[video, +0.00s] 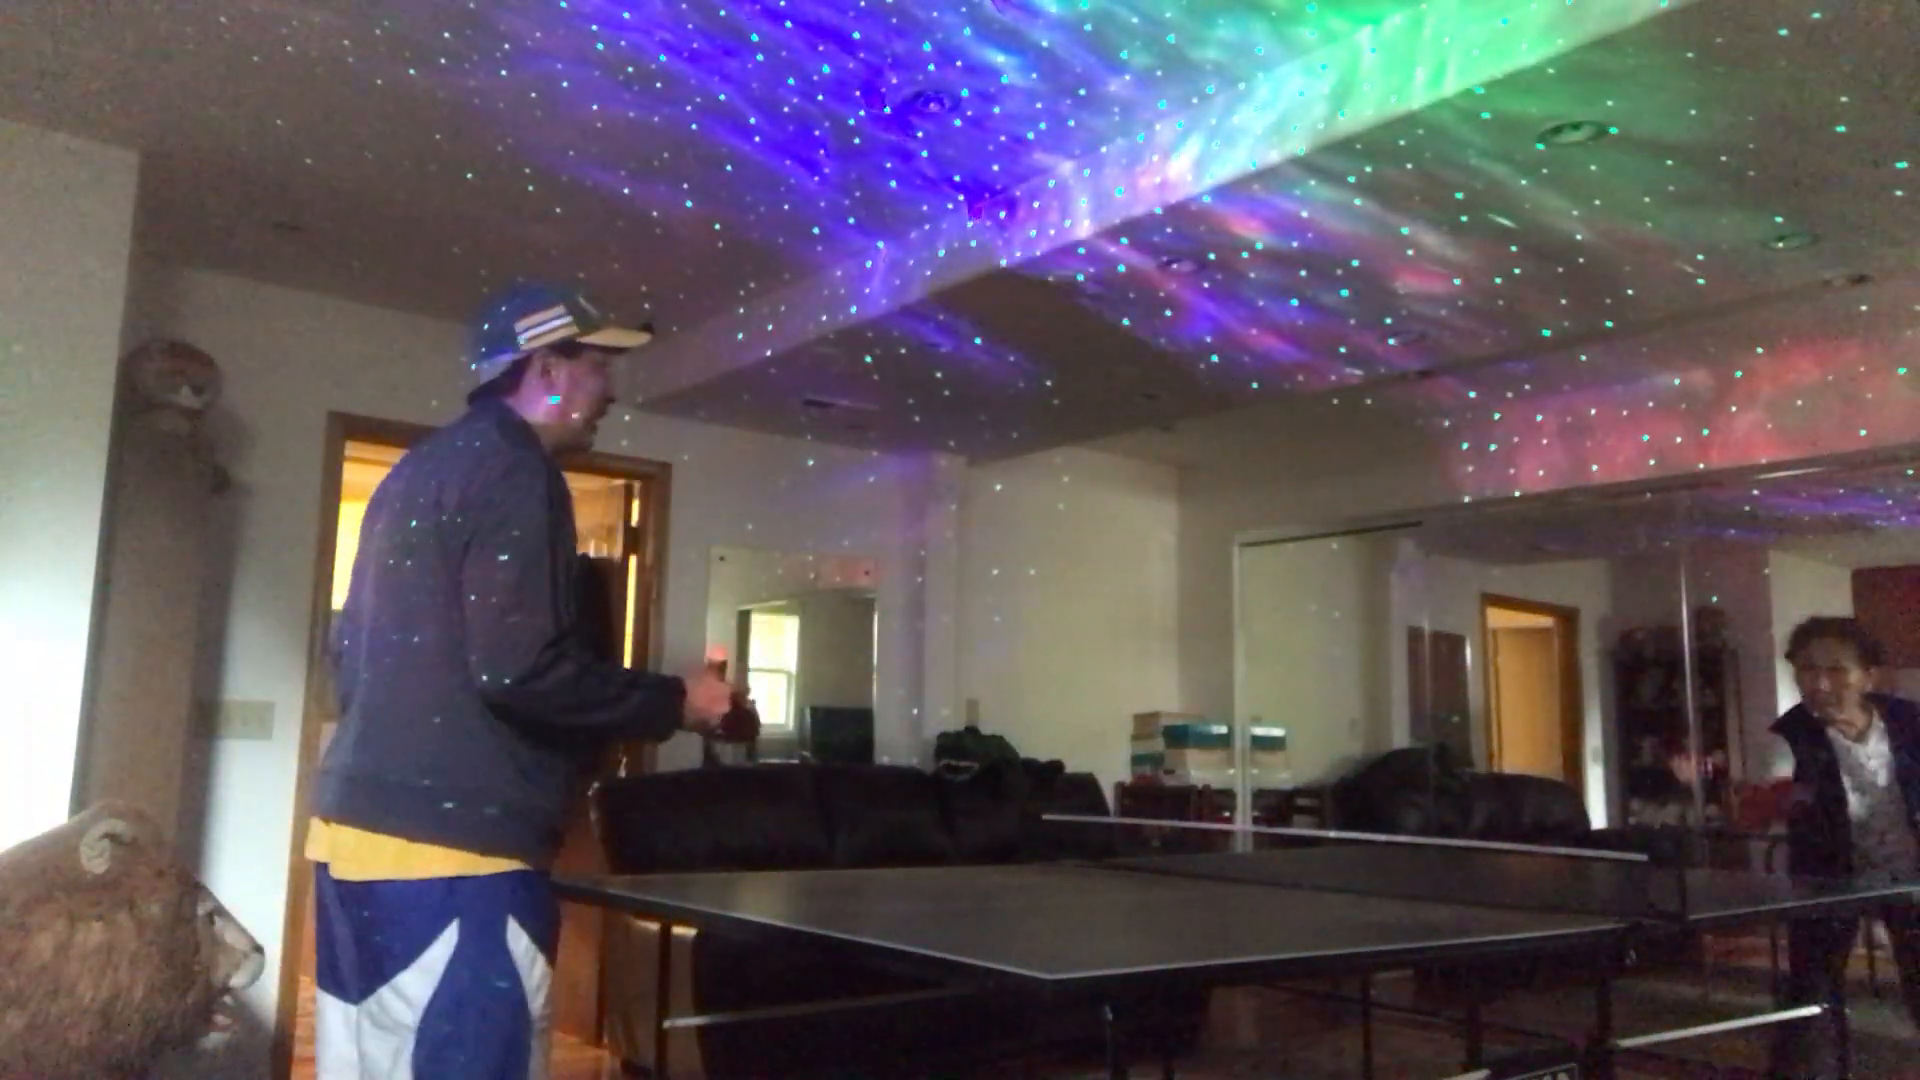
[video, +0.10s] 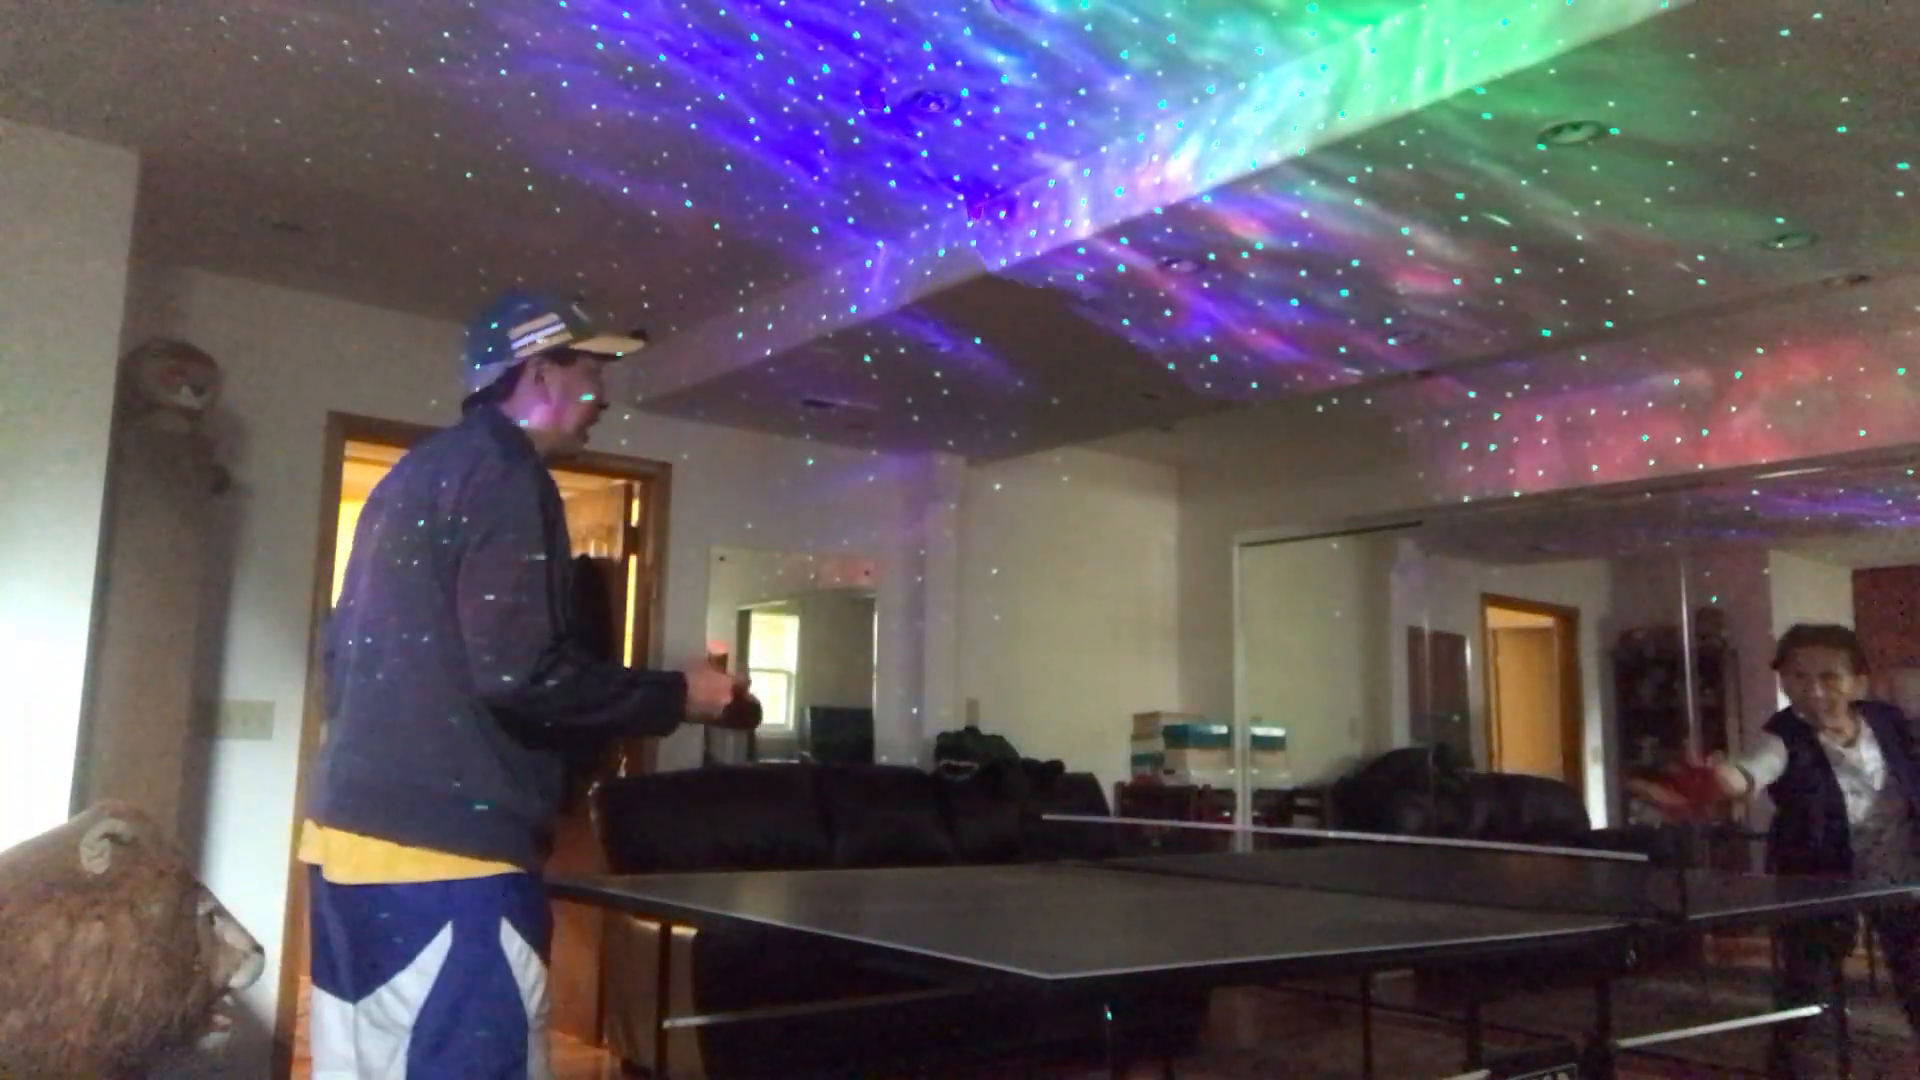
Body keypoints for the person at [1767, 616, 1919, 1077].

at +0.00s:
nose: (1820, 684)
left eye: (1836, 671)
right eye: (1808, 671)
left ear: (1868, 676)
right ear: (1795, 678)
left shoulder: (1904, 719)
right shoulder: (1792, 735)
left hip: (1903, 867)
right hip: (1830, 871)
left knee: (1915, 975)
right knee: (1812, 978)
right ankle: (1801, 1065)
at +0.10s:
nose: (1814, 690)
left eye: (1829, 678)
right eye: (1800, 677)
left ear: (1859, 683)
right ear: (1784, 683)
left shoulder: (1889, 722)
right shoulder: (1787, 735)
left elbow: (1913, 776)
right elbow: (1752, 768)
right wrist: (1711, 785)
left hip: (1895, 869)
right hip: (1819, 873)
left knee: (1913, 974)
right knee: (1808, 979)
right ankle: (1786, 1053)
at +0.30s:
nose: (1784, 712)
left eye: (1801, 698)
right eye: (1774, 697)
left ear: (1835, 700)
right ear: (1760, 696)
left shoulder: (1873, 733)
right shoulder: (1756, 743)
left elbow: (1900, 790)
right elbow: (1690, 802)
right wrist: (1673, 806)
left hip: (1878, 873)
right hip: (1794, 879)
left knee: (1906, 979)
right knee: (1788, 987)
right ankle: (1768, 1069)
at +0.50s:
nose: (1763, 710)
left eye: (1776, 698)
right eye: (1759, 696)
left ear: (1815, 702)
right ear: (1755, 696)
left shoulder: (1869, 738)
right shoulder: (1740, 750)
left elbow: (1910, 812)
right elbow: (1673, 821)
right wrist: (1697, 840)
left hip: (1870, 874)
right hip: (1784, 883)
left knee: (1906, 972)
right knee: (1783, 986)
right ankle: (1773, 1069)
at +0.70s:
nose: (1786, 690)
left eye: (1803, 678)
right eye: (1779, 676)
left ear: (1842, 685)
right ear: (1769, 679)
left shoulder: (1890, 734)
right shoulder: (1763, 740)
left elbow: (1904, 821)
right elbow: (1759, 818)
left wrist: (1876, 886)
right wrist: (1746, 840)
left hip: (1878, 882)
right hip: (1797, 889)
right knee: (1792, 1007)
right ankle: (1778, 1069)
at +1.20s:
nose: (1768, 665)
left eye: (1781, 648)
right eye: (1762, 652)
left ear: (1826, 645)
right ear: (1760, 656)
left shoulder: (1879, 704)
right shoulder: (1776, 716)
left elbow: (1906, 791)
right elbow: (1784, 796)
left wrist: (1906, 865)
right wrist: (1729, 806)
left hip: (1893, 882)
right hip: (1817, 886)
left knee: (1919, 990)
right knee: (1789, 1005)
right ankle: (1775, 1071)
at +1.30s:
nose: (1764, 666)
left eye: (1777, 651)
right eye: (1759, 652)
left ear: (1822, 648)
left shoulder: (1882, 704)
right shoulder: (1776, 711)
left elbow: (1909, 792)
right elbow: (1774, 794)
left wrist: (1904, 878)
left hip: (1888, 882)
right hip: (1805, 886)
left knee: (1914, 998)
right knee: (1788, 1002)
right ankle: (1773, 1071)